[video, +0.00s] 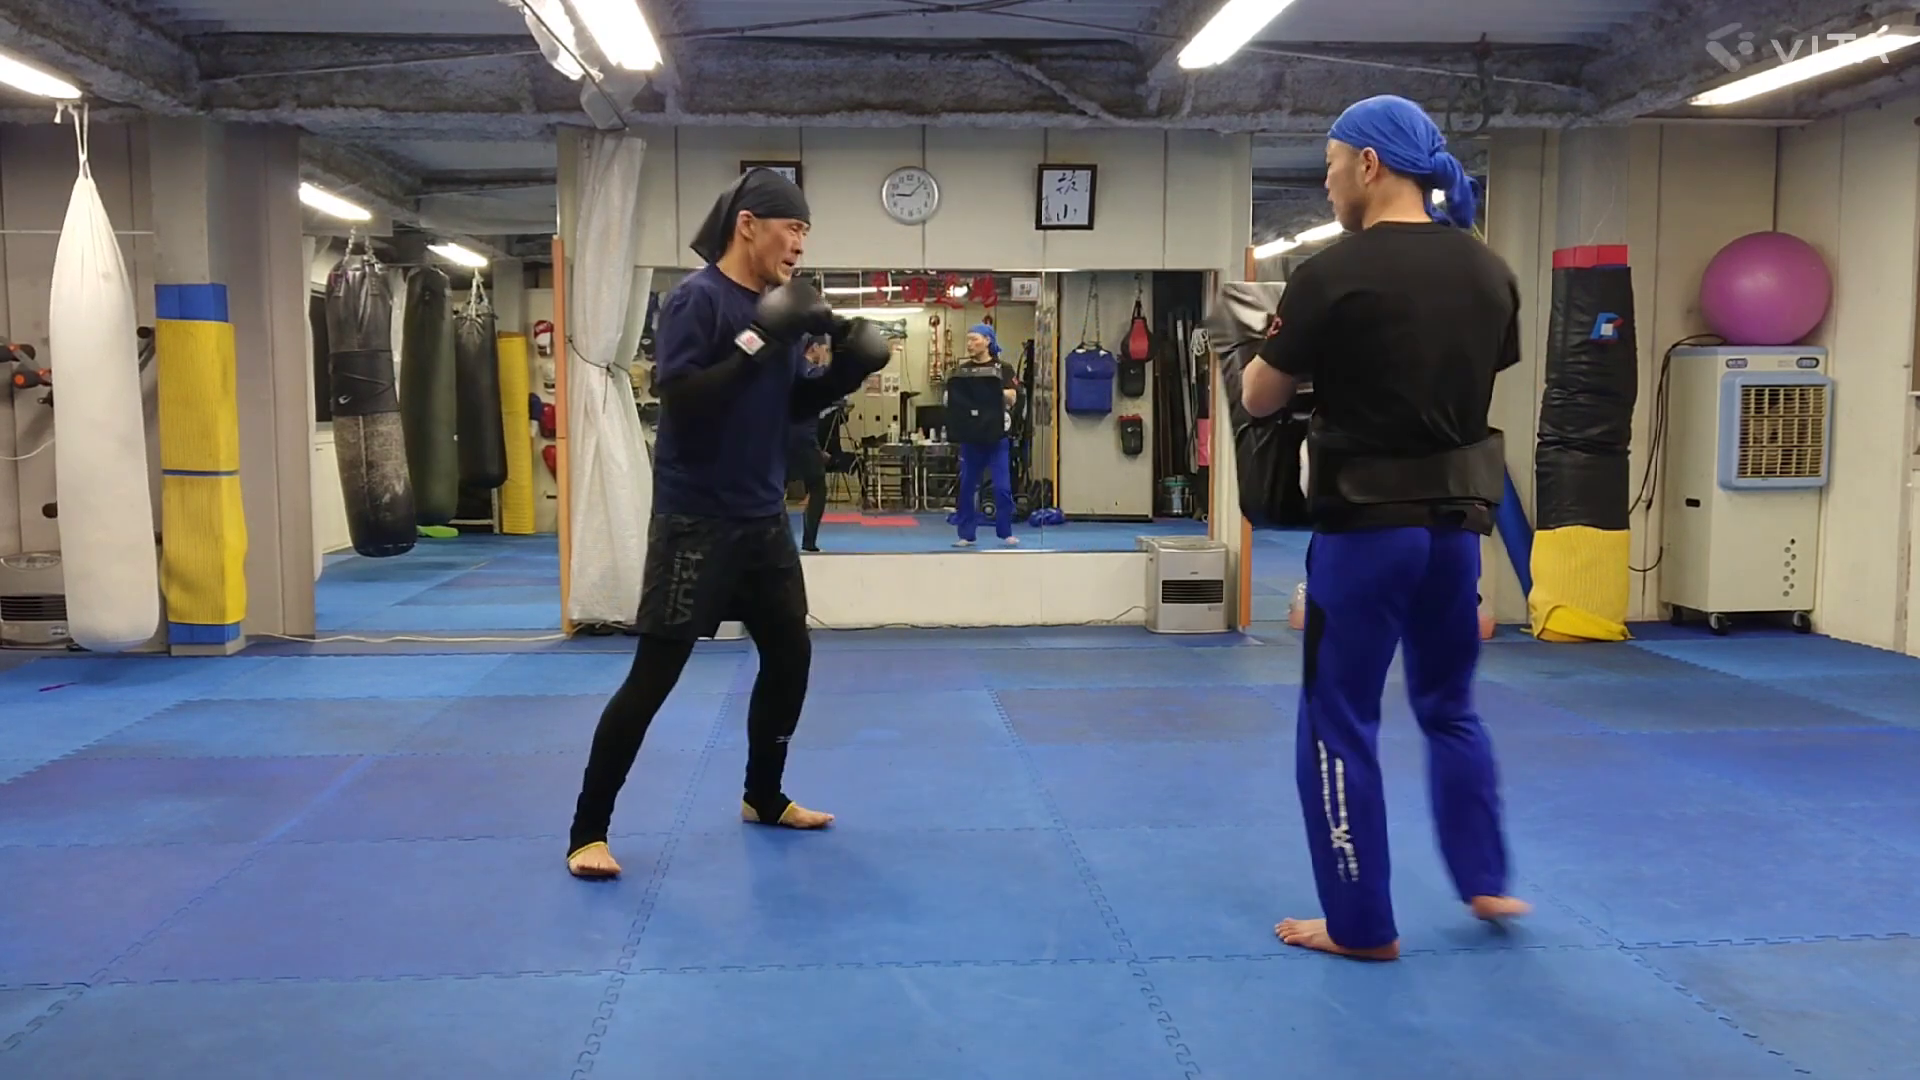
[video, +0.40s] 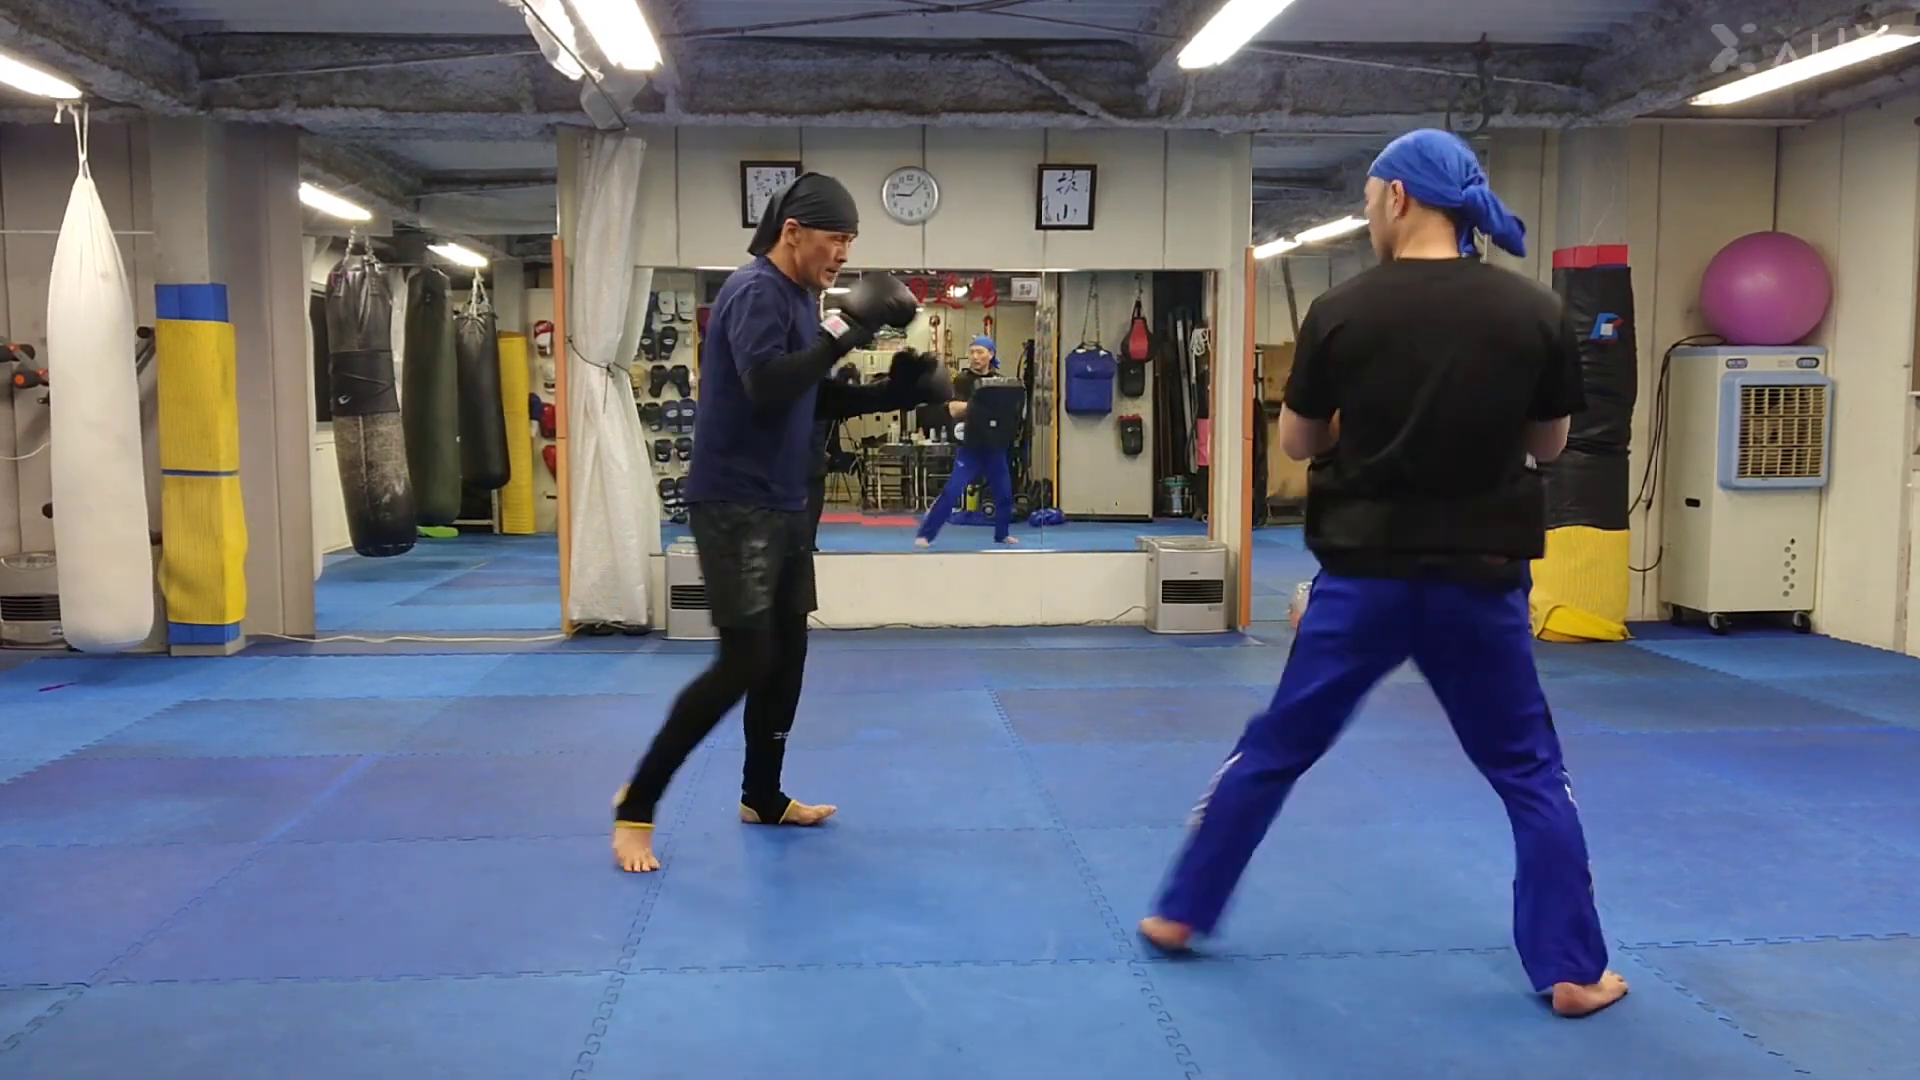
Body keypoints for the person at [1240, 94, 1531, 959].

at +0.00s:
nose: (1325, 181)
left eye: (1331, 164)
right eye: (1327, 165)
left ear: (1370, 164)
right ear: (1413, 171)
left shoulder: (1334, 272)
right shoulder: (1487, 270)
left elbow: (1260, 397)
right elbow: (1484, 369)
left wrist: (1267, 336)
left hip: (1363, 534)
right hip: (1457, 533)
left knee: (1338, 724)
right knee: (1451, 710)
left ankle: (1361, 926)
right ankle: (1488, 883)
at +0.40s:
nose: (1364, 213)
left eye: (1369, 197)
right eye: (1367, 197)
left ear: (1399, 199)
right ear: (1463, 205)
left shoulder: (1344, 312)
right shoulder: (1537, 312)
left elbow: (1299, 440)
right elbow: (1548, 446)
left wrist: (1370, 414)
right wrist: (1467, 413)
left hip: (1361, 584)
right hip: (1482, 587)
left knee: (1275, 747)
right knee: (1531, 776)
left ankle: (1179, 915)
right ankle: (1571, 974)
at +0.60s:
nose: (1350, 219)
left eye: (1356, 203)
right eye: (1356, 204)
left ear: (1381, 209)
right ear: (1445, 221)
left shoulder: (1323, 316)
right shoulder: (1514, 323)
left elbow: (1276, 440)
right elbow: (1524, 459)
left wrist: (1363, 417)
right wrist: (1442, 430)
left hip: (1331, 595)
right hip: (1451, 602)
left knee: (1243, 754)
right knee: (1514, 780)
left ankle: (1171, 925)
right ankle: (1568, 975)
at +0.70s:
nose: (1349, 217)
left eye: (1355, 202)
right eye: (1354, 202)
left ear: (1379, 208)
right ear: (1444, 221)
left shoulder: (1318, 314)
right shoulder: (1509, 328)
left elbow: (1271, 436)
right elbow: (1515, 459)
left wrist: (1357, 429)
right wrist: (1435, 435)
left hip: (1325, 600)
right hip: (1444, 608)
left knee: (1244, 756)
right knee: (1508, 780)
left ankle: (1170, 927)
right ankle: (1568, 975)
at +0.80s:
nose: (1347, 219)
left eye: (1353, 203)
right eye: (1352, 204)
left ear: (1378, 211)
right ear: (1443, 223)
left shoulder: (1315, 317)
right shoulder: (1507, 331)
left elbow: (1269, 440)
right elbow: (1511, 460)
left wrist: (1354, 431)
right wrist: (1430, 437)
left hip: (1322, 602)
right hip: (1443, 607)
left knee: (1239, 755)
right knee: (1508, 779)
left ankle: (1170, 928)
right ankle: (1568, 975)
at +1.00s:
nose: (1353, 225)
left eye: (1358, 209)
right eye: (1357, 209)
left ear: (1387, 215)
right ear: (1450, 224)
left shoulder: (1323, 321)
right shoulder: (1510, 339)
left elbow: (1265, 436)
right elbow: (1494, 457)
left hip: (1320, 605)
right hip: (1439, 609)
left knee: (1235, 758)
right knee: (1502, 776)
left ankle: (1174, 927)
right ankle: (1568, 972)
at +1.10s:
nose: (1367, 216)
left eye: (1372, 199)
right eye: (1369, 200)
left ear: (1403, 202)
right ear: (1471, 217)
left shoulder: (1336, 316)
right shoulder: (1528, 336)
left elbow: (1272, 422)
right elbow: (1508, 453)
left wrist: (1354, 401)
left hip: (1323, 598)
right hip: (1443, 607)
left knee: (1233, 750)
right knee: (1500, 771)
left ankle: (1173, 926)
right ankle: (1567, 970)